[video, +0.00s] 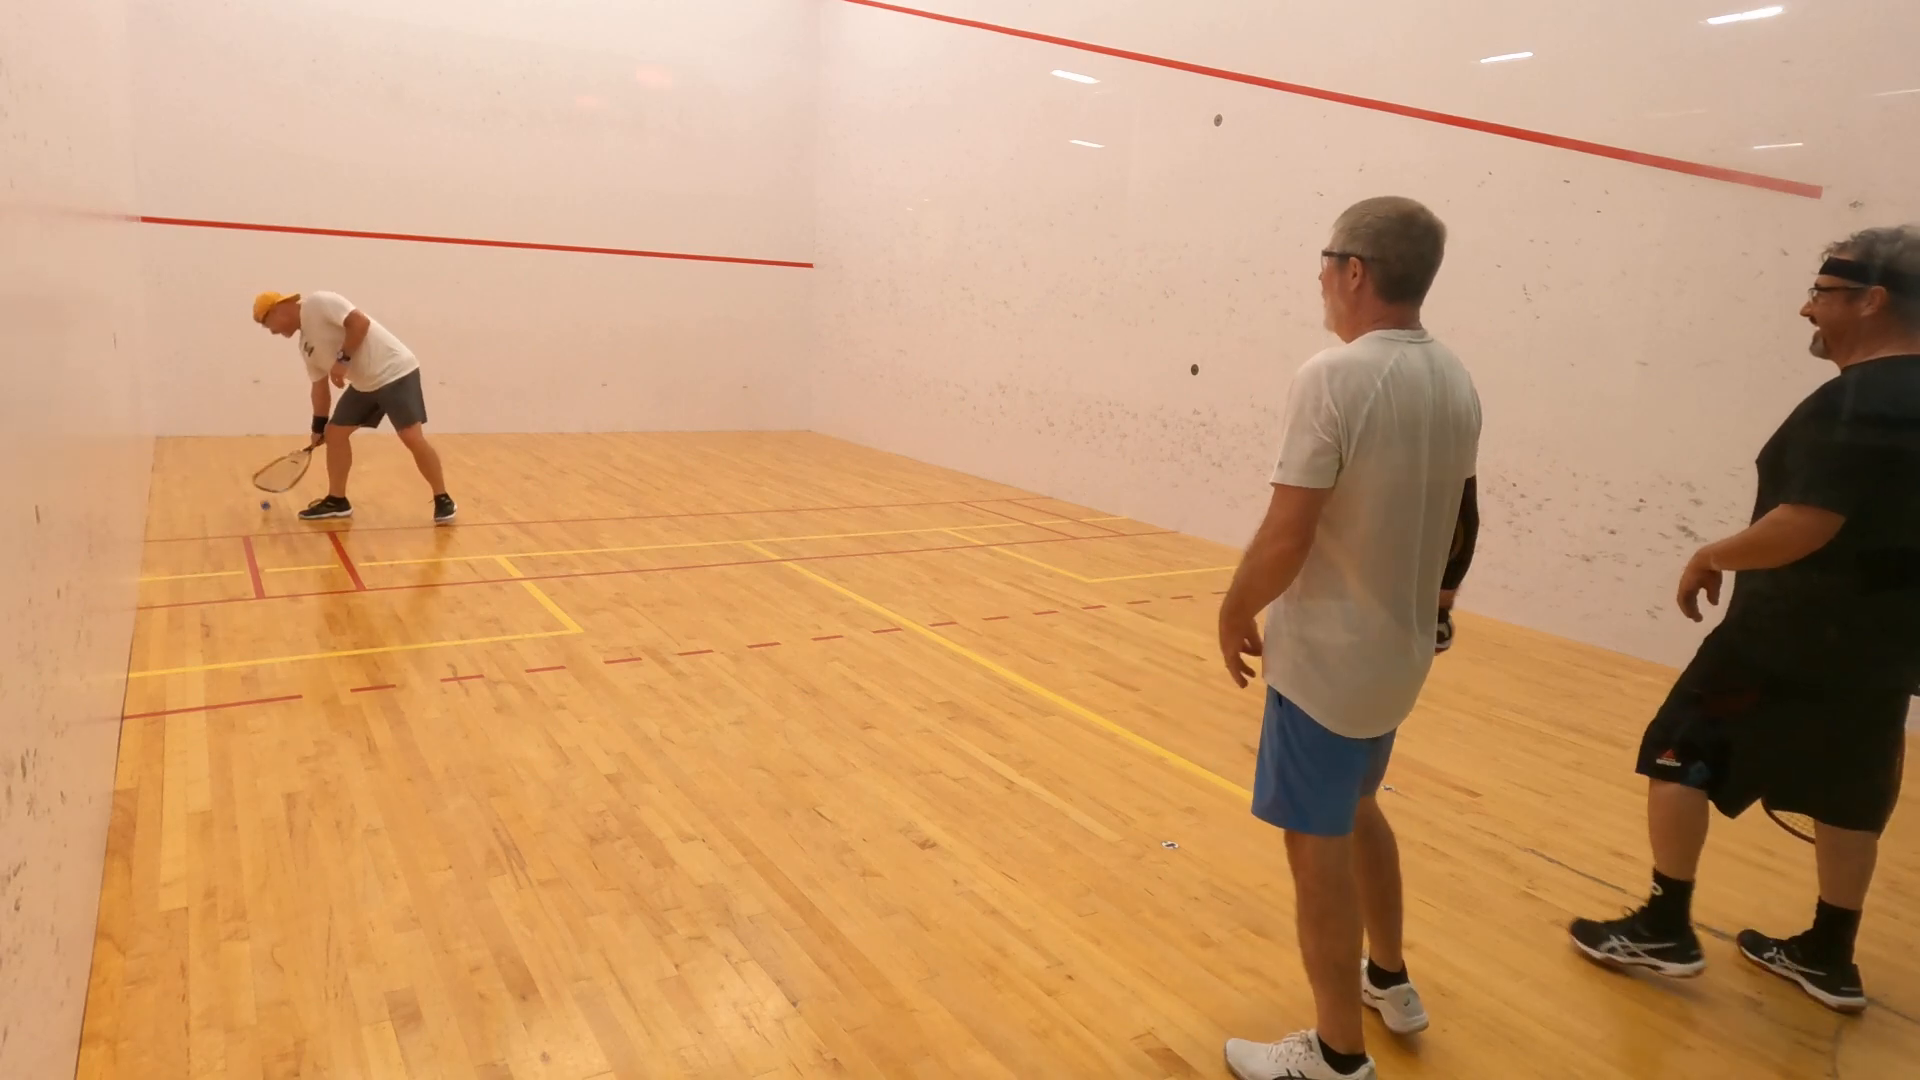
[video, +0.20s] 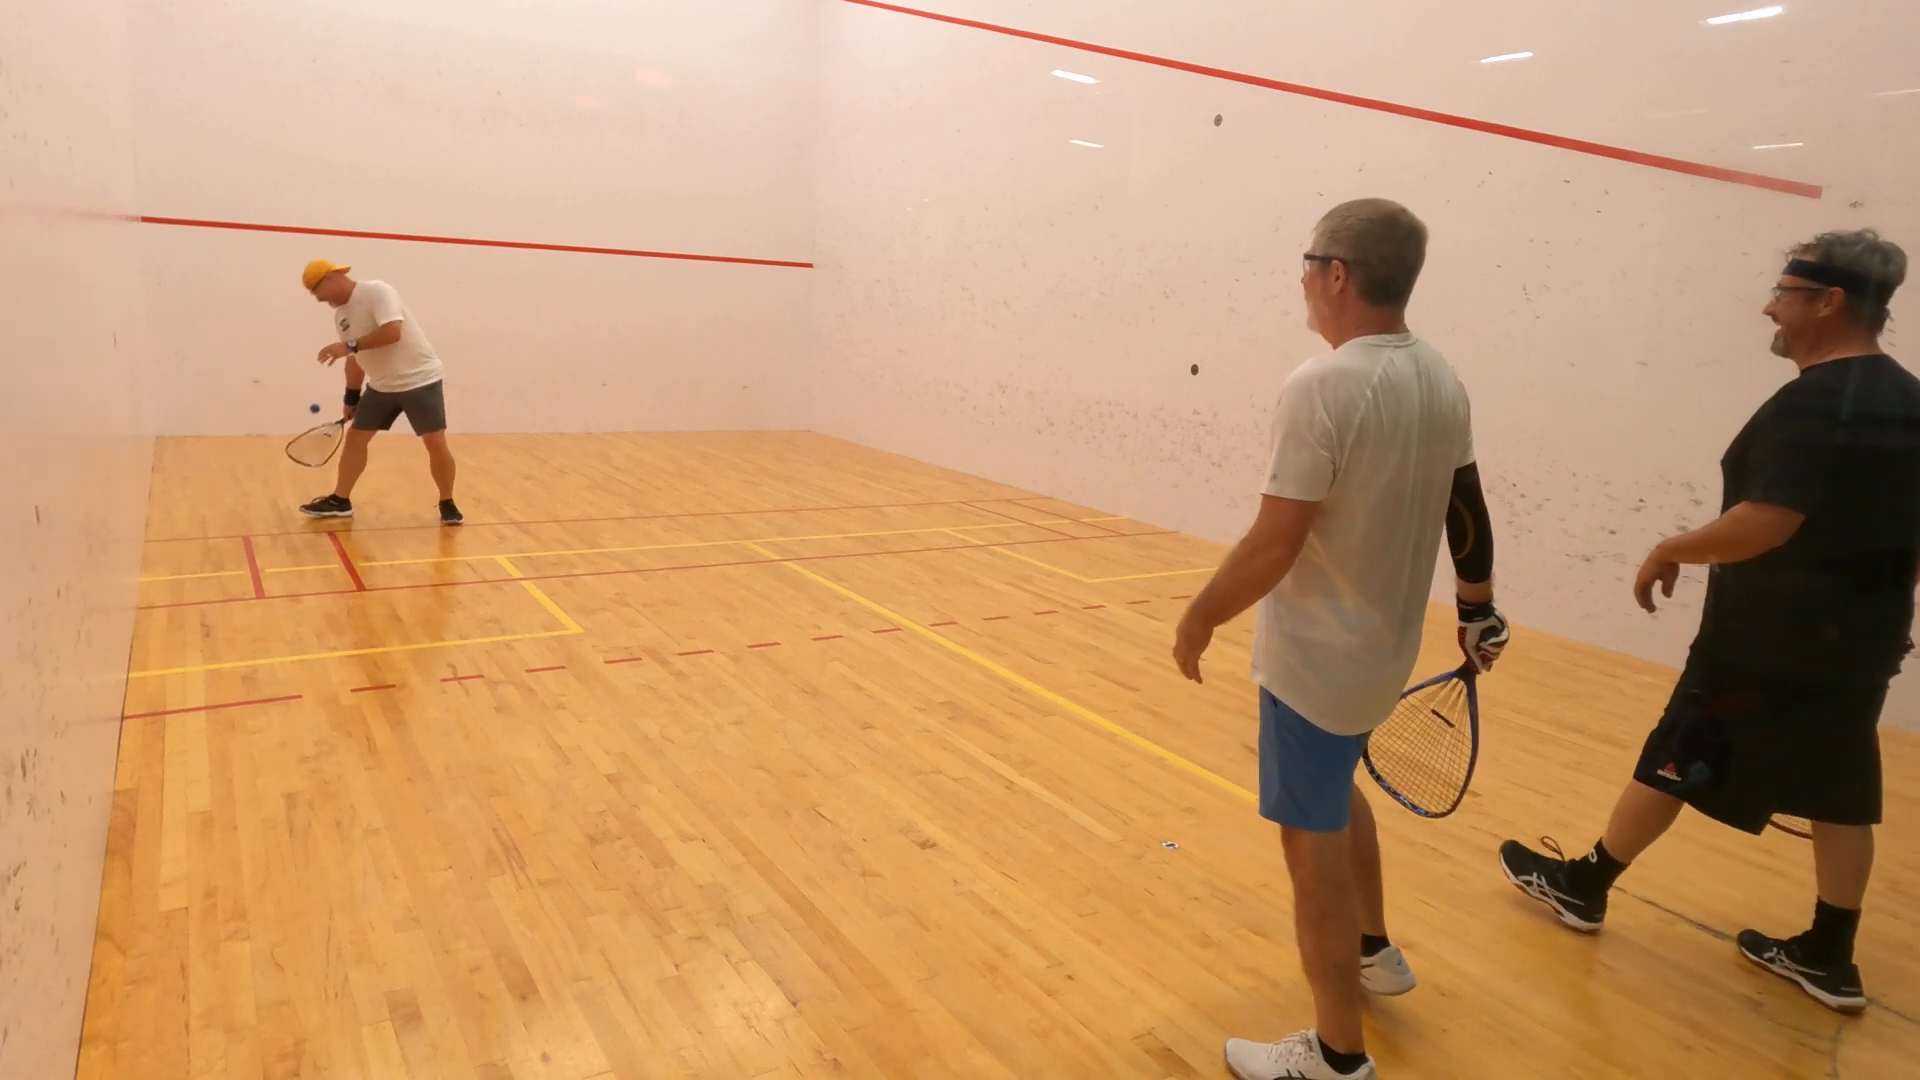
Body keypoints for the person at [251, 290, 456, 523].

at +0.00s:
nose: (271, 331)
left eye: (267, 322)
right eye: (266, 327)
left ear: (279, 308)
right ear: (277, 314)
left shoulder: (318, 303)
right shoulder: (306, 344)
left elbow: (359, 322)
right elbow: (320, 385)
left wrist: (342, 359)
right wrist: (318, 425)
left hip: (396, 371)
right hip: (364, 384)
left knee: (411, 435)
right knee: (335, 432)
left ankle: (442, 497)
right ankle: (337, 500)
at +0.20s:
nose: (317, 297)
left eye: (317, 289)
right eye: (313, 293)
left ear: (334, 276)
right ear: (328, 283)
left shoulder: (378, 291)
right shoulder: (341, 315)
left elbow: (392, 333)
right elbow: (355, 360)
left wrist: (348, 346)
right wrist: (351, 400)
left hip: (421, 380)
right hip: (382, 386)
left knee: (435, 441)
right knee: (356, 436)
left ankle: (447, 502)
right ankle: (340, 499)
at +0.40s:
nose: (383, 266)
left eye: (388, 259)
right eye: (378, 261)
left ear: (406, 256)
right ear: (375, 263)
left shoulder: (432, 288)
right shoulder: (383, 294)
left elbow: (420, 334)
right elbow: (383, 336)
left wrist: (388, 364)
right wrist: (377, 374)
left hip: (445, 379)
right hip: (405, 380)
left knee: (451, 442)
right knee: (385, 437)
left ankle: (449, 502)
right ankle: (378, 496)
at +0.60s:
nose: (427, 267)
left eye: (433, 260)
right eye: (421, 261)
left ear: (445, 256)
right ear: (414, 260)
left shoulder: (469, 287)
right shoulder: (406, 290)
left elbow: (482, 331)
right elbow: (399, 325)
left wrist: (451, 344)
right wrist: (395, 363)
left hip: (465, 380)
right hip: (425, 377)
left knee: (463, 443)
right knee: (433, 437)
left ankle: (449, 502)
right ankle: (444, 505)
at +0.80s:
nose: (458, 278)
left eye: (462, 270)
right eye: (451, 272)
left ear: (471, 264)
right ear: (441, 269)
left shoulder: (496, 292)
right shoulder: (429, 298)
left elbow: (517, 332)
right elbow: (414, 333)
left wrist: (496, 348)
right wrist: (410, 369)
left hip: (489, 384)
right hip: (452, 384)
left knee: (475, 447)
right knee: (474, 444)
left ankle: (449, 501)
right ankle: (494, 516)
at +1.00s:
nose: (474, 286)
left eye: (479, 279)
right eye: (467, 281)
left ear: (491, 269)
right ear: (460, 277)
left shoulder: (520, 291)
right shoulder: (456, 305)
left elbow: (548, 329)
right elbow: (437, 344)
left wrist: (542, 366)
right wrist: (433, 371)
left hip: (519, 386)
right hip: (482, 386)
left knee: (517, 453)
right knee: (498, 450)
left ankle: (475, 489)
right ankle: (501, 519)